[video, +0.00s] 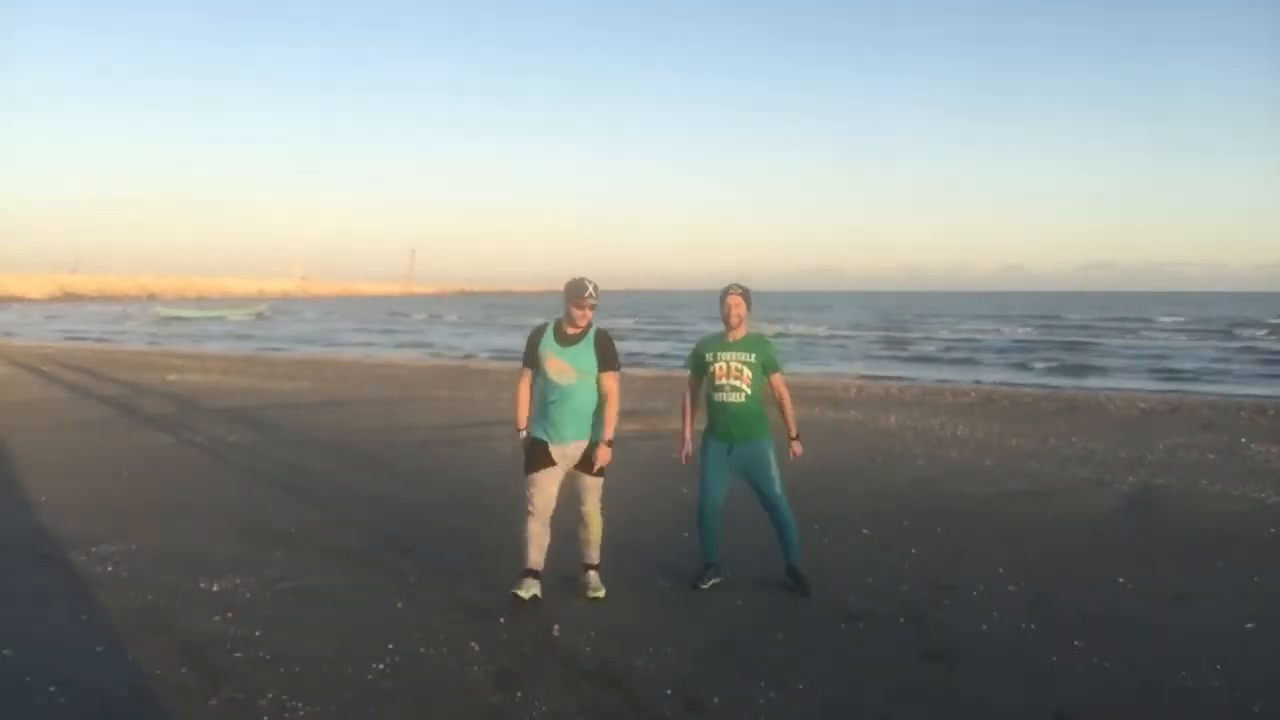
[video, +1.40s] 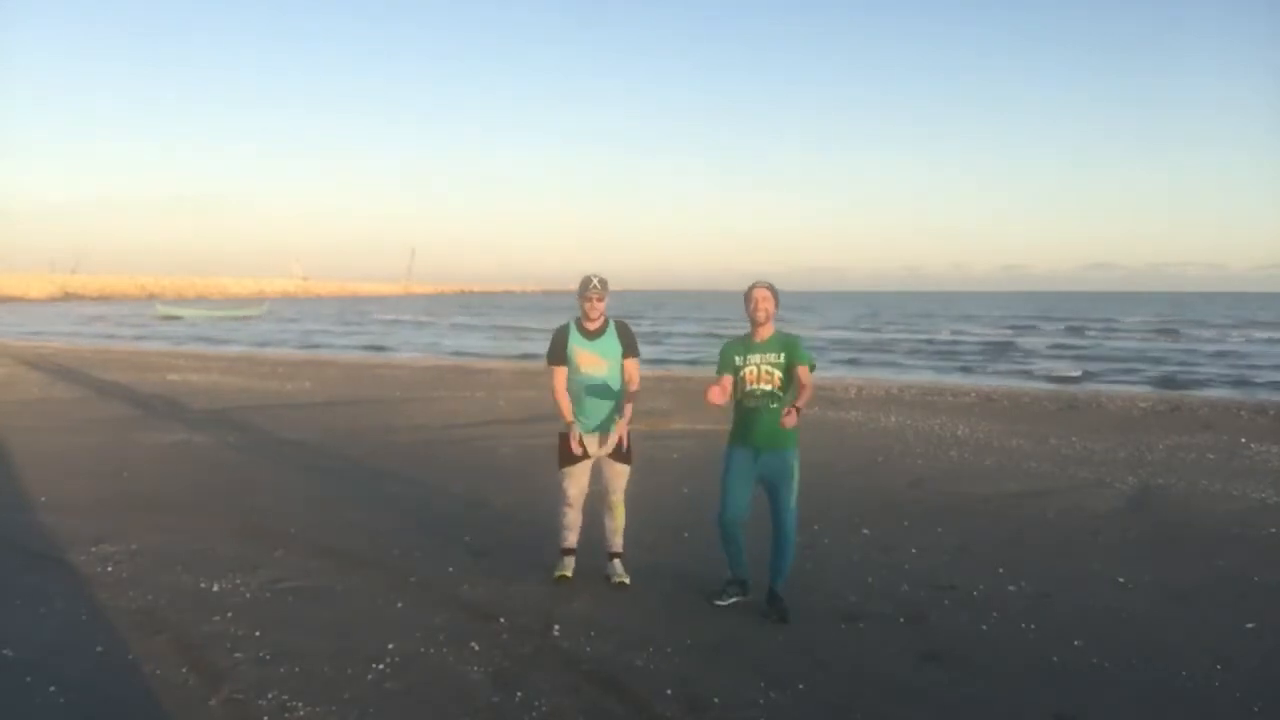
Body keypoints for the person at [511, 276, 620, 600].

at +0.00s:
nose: (583, 313)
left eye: (589, 307)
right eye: (578, 306)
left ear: (595, 309)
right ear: (565, 303)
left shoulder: (602, 342)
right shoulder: (541, 336)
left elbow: (611, 394)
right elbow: (525, 381)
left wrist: (606, 441)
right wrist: (522, 428)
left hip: (588, 443)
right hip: (544, 441)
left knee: (590, 510)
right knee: (537, 510)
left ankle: (592, 570)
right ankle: (531, 575)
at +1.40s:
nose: (594, 305)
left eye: (599, 299)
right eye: (588, 299)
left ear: (606, 301)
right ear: (579, 300)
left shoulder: (621, 331)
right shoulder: (564, 335)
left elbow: (632, 378)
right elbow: (558, 386)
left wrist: (626, 418)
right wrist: (571, 425)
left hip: (615, 428)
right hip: (577, 428)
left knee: (616, 497)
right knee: (572, 497)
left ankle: (615, 559)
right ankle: (567, 557)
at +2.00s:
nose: (582, 310)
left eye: (588, 304)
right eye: (576, 304)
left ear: (595, 306)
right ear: (566, 304)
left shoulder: (610, 337)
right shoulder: (548, 338)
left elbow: (626, 381)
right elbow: (535, 385)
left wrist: (637, 420)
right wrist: (527, 430)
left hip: (601, 434)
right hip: (557, 434)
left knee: (609, 499)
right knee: (541, 495)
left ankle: (614, 560)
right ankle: (524, 556)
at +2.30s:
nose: (552, 313)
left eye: (558, 308)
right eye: (547, 307)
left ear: (564, 309)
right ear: (536, 306)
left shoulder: (575, 340)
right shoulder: (514, 339)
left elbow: (593, 385)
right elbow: (497, 383)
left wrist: (603, 426)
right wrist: (486, 426)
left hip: (567, 436)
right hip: (522, 436)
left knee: (585, 498)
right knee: (513, 501)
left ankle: (604, 559)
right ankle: (504, 563)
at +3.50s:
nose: (504, 325)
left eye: (509, 319)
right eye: (499, 319)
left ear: (519, 316)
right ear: (490, 316)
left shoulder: (533, 339)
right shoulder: (474, 343)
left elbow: (562, 371)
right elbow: (458, 378)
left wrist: (565, 386)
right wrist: (446, 403)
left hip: (526, 440)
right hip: (481, 439)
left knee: (539, 511)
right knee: (472, 508)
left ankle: (547, 563)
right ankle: (470, 573)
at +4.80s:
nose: (524, 316)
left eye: (531, 309)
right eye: (518, 309)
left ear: (540, 310)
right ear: (508, 311)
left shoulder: (560, 340)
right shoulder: (492, 348)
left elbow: (587, 380)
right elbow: (474, 393)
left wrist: (587, 422)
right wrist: (484, 440)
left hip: (562, 450)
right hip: (514, 454)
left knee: (573, 529)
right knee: (499, 525)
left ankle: (581, 606)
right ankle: (481, 576)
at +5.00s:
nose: (548, 315)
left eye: (555, 308)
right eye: (542, 308)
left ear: (564, 308)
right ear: (532, 309)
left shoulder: (582, 343)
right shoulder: (513, 348)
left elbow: (610, 389)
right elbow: (493, 395)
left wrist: (617, 431)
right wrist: (494, 439)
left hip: (574, 454)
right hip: (527, 456)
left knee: (576, 532)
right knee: (523, 532)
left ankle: (581, 609)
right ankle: (529, 591)